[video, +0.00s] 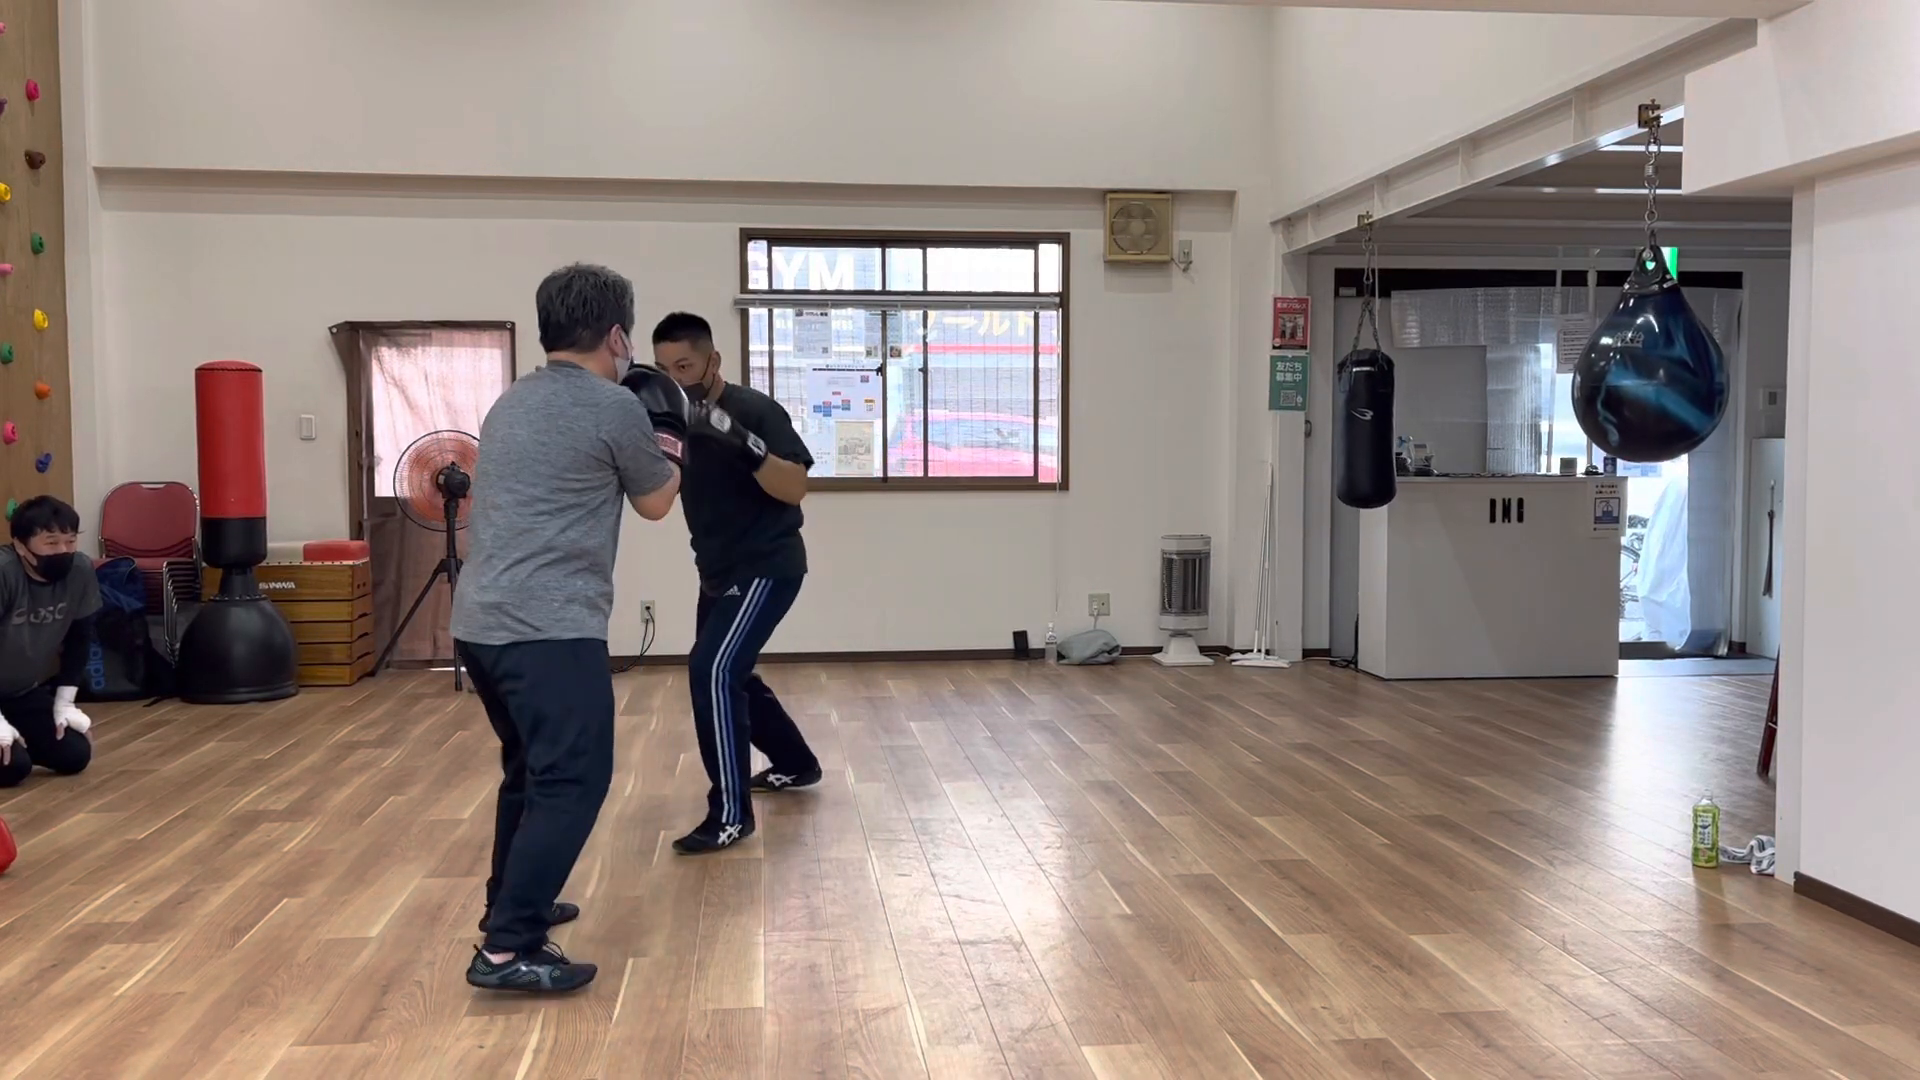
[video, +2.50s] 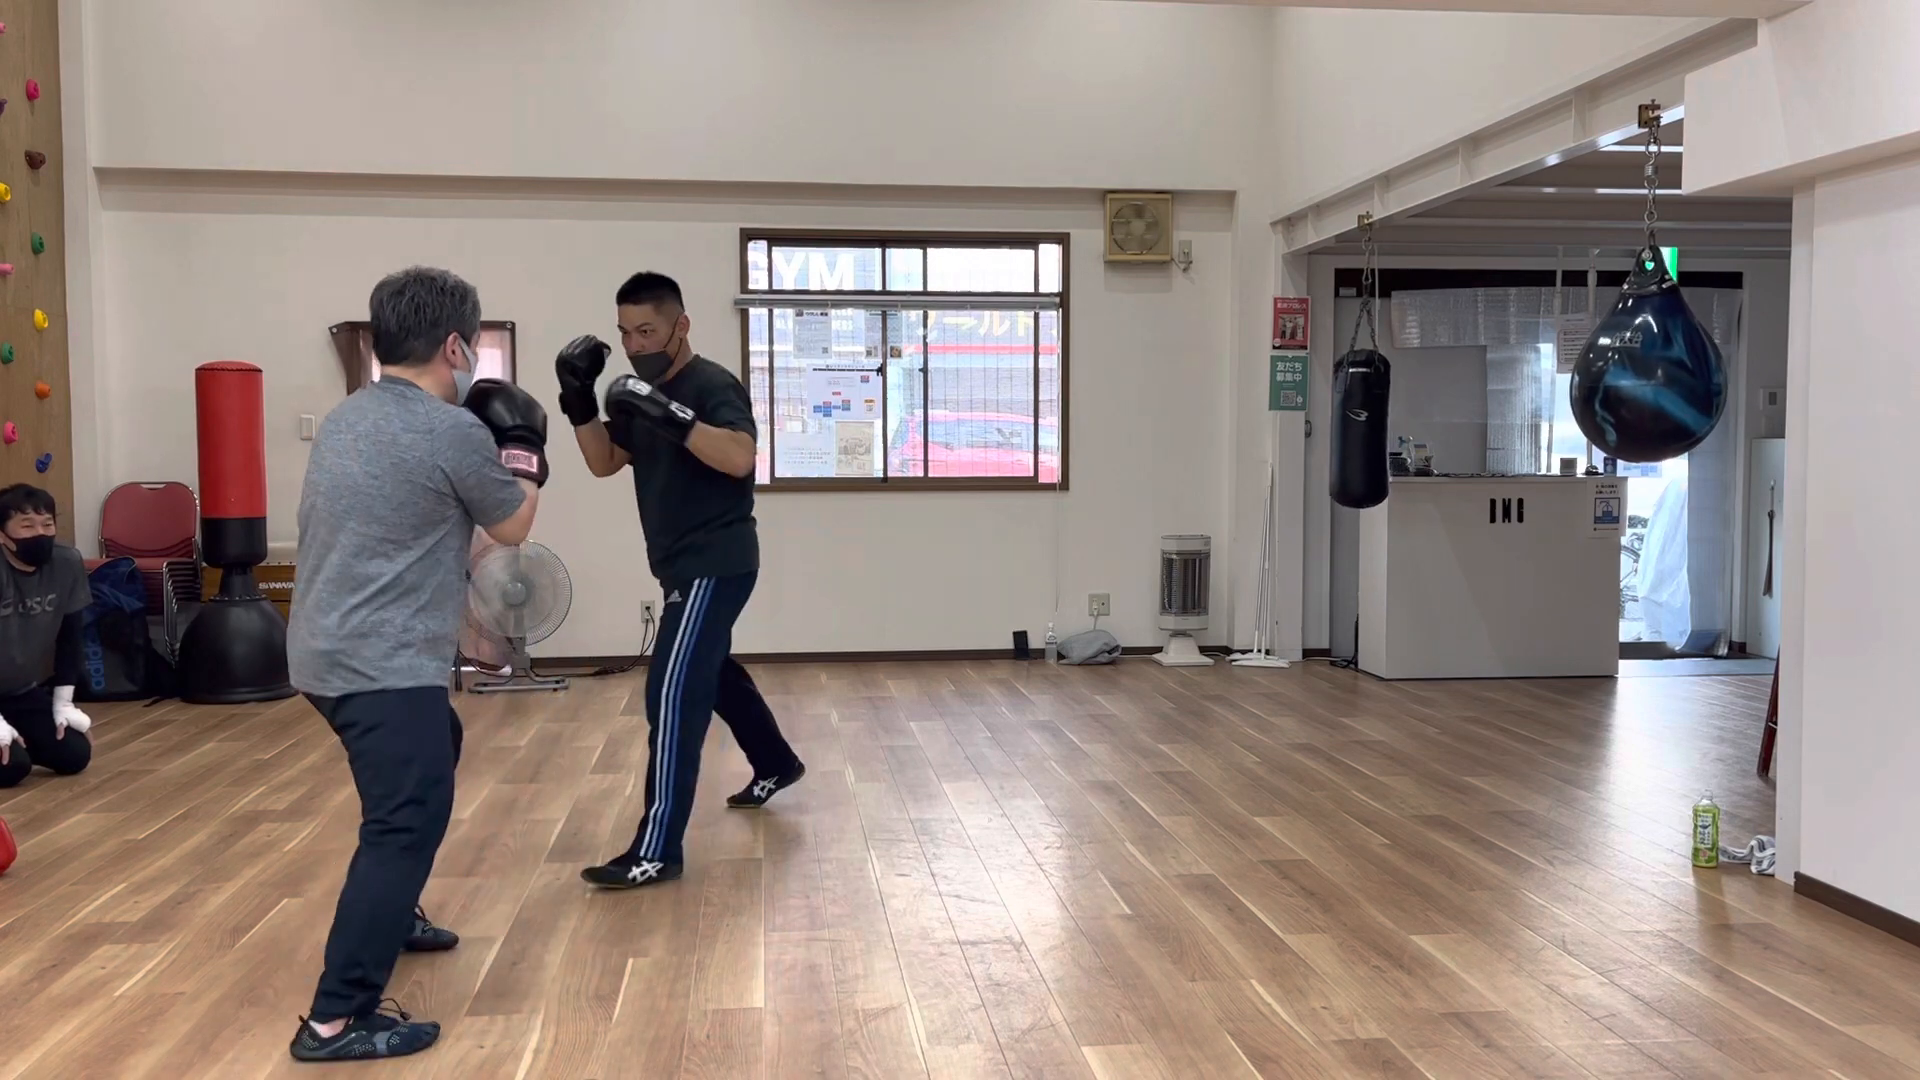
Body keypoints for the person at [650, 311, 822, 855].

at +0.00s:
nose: (677, 378)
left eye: (684, 365)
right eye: (667, 370)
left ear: (713, 359)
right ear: (662, 373)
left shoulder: (755, 409)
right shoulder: (677, 414)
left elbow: (794, 487)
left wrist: (739, 440)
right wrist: (640, 407)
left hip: (766, 566)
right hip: (719, 569)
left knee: (713, 671)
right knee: (726, 672)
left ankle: (731, 817)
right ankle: (796, 764)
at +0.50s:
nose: (667, 365)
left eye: (674, 353)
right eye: (660, 355)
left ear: (705, 348)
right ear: (657, 356)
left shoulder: (751, 396)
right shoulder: (693, 403)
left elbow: (706, 437)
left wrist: (701, 365)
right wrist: (645, 410)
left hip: (768, 565)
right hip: (730, 565)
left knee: (724, 677)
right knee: (714, 666)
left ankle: (748, 833)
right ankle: (784, 769)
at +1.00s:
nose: (675, 353)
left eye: (683, 339)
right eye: (665, 344)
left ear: (716, 328)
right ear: (659, 345)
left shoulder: (759, 383)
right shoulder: (683, 397)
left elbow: (787, 455)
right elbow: (677, 466)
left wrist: (718, 413)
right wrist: (653, 434)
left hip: (771, 552)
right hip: (732, 556)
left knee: (730, 678)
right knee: (751, 672)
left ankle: (742, 838)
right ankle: (792, 784)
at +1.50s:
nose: (609, 434)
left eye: (612, 420)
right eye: (601, 426)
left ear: (644, 410)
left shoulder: (676, 432)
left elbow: (703, 447)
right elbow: (708, 564)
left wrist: (653, 483)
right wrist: (641, 537)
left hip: (774, 590)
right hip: (799, 587)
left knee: (698, 710)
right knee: (778, 689)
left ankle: (733, 865)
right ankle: (794, 784)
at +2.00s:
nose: (667, 336)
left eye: (677, 323)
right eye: (659, 328)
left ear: (711, 321)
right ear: (656, 331)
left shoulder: (744, 375)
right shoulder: (674, 391)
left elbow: (737, 443)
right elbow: (639, 464)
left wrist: (680, 378)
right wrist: (609, 411)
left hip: (761, 556)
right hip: (714, 561)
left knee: (736, 684)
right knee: (742, 676)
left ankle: (723, 833)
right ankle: (792, 781)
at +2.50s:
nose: (635, 343)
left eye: (647, 331)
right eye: (627, 333)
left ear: (681, 326)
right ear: (622, 332)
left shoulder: (714, 385)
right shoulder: (638, 394)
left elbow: (740, 458)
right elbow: (603, 461)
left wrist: (667, 414)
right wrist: (578, 397)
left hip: (715, 560)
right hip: (678, 562)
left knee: (672, 689)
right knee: (712, 672)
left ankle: (657, 850)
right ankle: (777, 762)